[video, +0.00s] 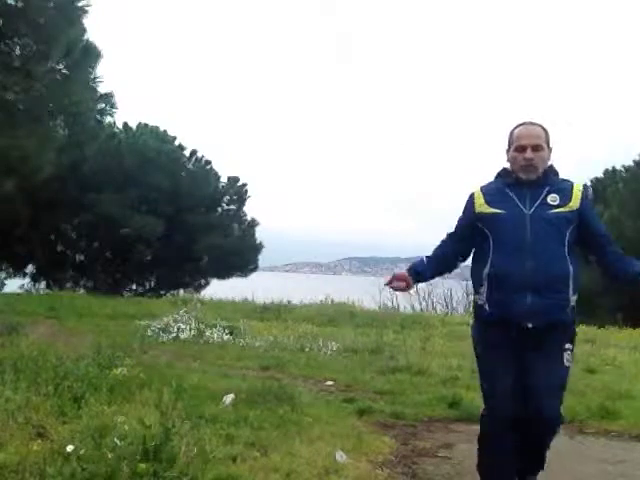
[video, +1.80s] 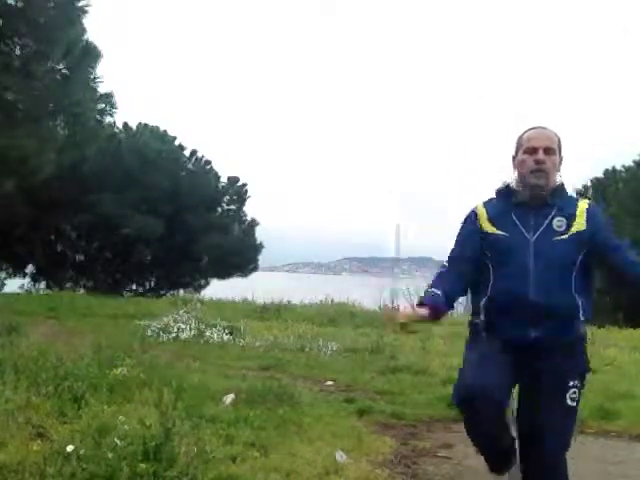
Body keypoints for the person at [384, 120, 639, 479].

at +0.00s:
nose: (528, 156)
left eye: (536, 149)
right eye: (520, 149)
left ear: (549, 153)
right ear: (508, 154)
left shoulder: (574, 196)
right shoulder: (483, 198)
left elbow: (606, 253)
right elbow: (454, 248)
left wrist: (636, 272)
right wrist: (413, 273)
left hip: (552, 325)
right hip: (496, 324)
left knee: (545, 415)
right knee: (500, 414)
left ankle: (525, 471)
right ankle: (496, 475)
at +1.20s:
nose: (542, 146)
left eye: (551, 141)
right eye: (533, 140)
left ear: (562, 153)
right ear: (518, 151)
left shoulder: (584, 202)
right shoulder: (490, 205)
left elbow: (614, 245)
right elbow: (468, 264)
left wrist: (628, 281)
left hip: (559, 340)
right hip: (497, 337)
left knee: (549, 443)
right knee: (478, 397)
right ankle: (500, 474)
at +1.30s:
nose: (541, 130)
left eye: (550, 125)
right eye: (532, 124)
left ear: (562, 134)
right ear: (517, 133)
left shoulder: (574, 169)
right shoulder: (496, 177)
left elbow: (570, 209)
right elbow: (496, 247)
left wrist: (502, 241)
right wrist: (573, 270)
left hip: (553, 311)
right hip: (499, 310)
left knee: (546, 416)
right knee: (492, 400)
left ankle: (542, 473)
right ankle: (499, 473)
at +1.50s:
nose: (534, 157)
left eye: (542, 151)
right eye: (525, 151)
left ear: (553, 161)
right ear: (510, 160)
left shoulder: (571, 202)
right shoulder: (486, 208)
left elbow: (567, 254)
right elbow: (487, 270)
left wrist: (516, 251)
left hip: (553, 332)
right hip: (497, 334)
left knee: (558, 405)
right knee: (497, 433)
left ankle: (537, 468)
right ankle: (499, 473)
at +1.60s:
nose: (537, 135)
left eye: (546, 129)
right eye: (528, 128)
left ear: (558, 139)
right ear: (512, 138)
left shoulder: (579, 194)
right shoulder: (482, 192)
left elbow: (598, 254)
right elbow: (456, 250)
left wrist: (623, 295)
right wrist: (428, 299)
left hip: (559, 328)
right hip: (498, 329)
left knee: (551, 416)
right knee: (501, 431)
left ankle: (547, 475)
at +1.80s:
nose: (540, 158)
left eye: (548, 152)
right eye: (531, 152)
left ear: (560, 163)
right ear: (515, 162)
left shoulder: (585, 215)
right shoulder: (484, 215)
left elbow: (624, 263)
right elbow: (458, 269)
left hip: (558, 343)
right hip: (494, 340)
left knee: (545, 453)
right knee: (475, 398)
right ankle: (503, 461)